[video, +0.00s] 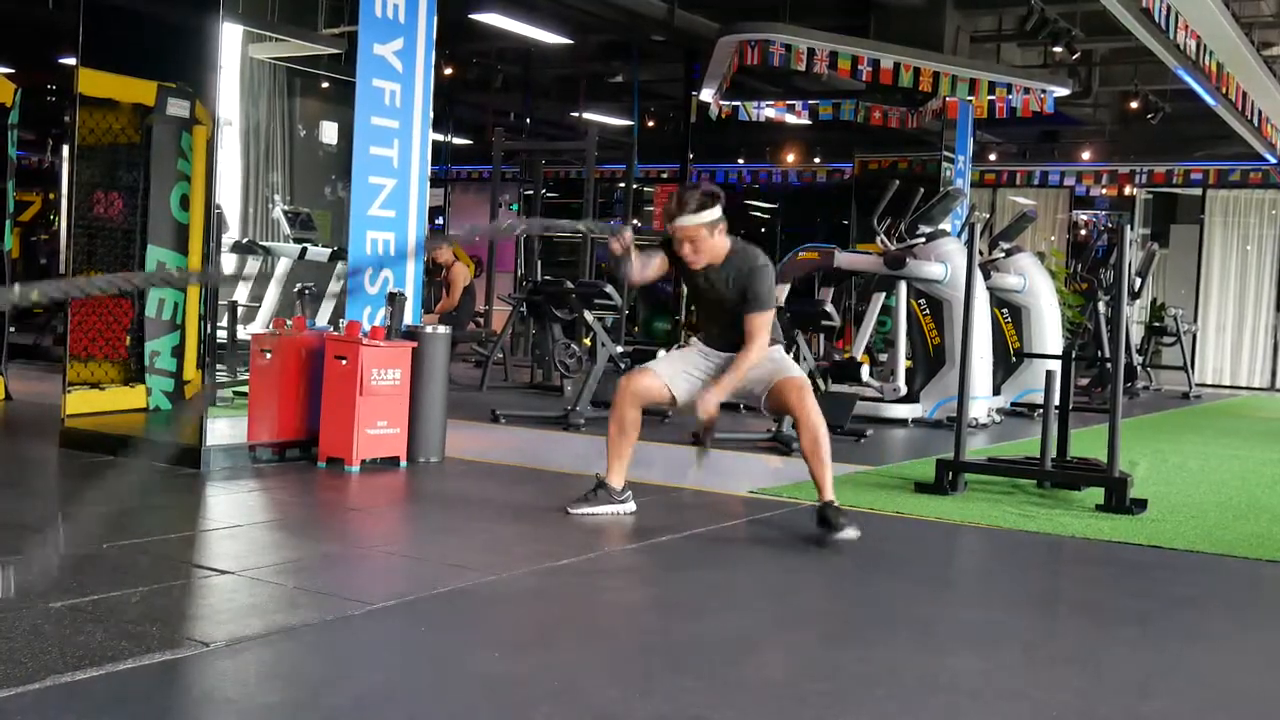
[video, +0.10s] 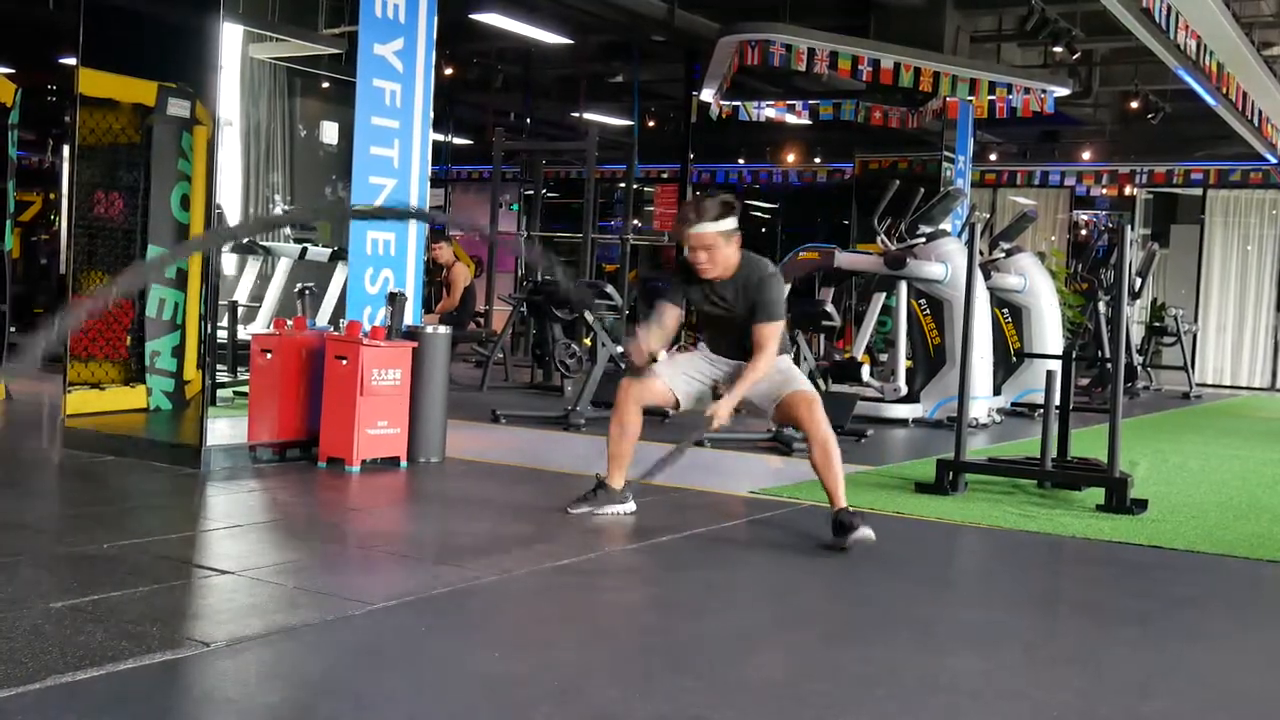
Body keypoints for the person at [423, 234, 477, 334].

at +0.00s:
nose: (437, 253)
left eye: (440, 249)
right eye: (434, 250)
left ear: (450, 249)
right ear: (431, 253)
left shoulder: (457, 269)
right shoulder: (446, 271)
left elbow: (453, 301)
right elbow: (445, 299)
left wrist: (435, 314)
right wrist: (434, 315)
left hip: (459, 320)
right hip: (451, 316)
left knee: (421, 320)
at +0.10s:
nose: (437, 253)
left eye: (440, 248)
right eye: (434, 250)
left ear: (450, 248)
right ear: (431, 252)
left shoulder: (458, 269)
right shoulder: (446, 271)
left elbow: (453, 301)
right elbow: (446, 298)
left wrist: (436, 313)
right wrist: (436, 314)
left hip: (459, 321)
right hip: (452, 317)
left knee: (420, 320)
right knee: (418, 318)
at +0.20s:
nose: (438, 253)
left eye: (441, 249)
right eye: (434, 250)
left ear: (452, 249)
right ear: (432, 253)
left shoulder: (458, 270)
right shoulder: (446, 272)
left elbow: (454, 302)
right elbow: (446, 300)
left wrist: (436, 314)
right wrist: (435, 316)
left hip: (460, 321)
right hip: (452, 317)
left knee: (419, 320)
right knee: (419, 318)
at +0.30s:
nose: (438, 254)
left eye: (442, 249)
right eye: (435, 250)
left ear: (452, 249)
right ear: (432, 253)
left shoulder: (459, 270)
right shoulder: (447, 271)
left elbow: (455, 302)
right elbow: (447, 299)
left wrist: (437, 314)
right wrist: (436, 315)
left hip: (461, 321)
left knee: (421, 320)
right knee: (420, 318)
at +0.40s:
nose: (439, 254)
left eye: (443, 250)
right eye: (435, 251)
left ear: (453, 249)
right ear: (432, 254)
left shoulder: (460, 270)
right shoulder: (451, 269)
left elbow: (455, 302)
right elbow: (447, 299)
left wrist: (438, 314)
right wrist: (436, 315)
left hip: (460, 321)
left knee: (420, 320)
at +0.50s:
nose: (439, 255)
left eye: (443, 250)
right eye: (436, 251)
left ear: (453, 250)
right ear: (433, 255)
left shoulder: (459, 270)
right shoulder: (448, 271)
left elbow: (455, 301)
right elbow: (447, 300)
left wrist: (437, 315)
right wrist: (436, 317)